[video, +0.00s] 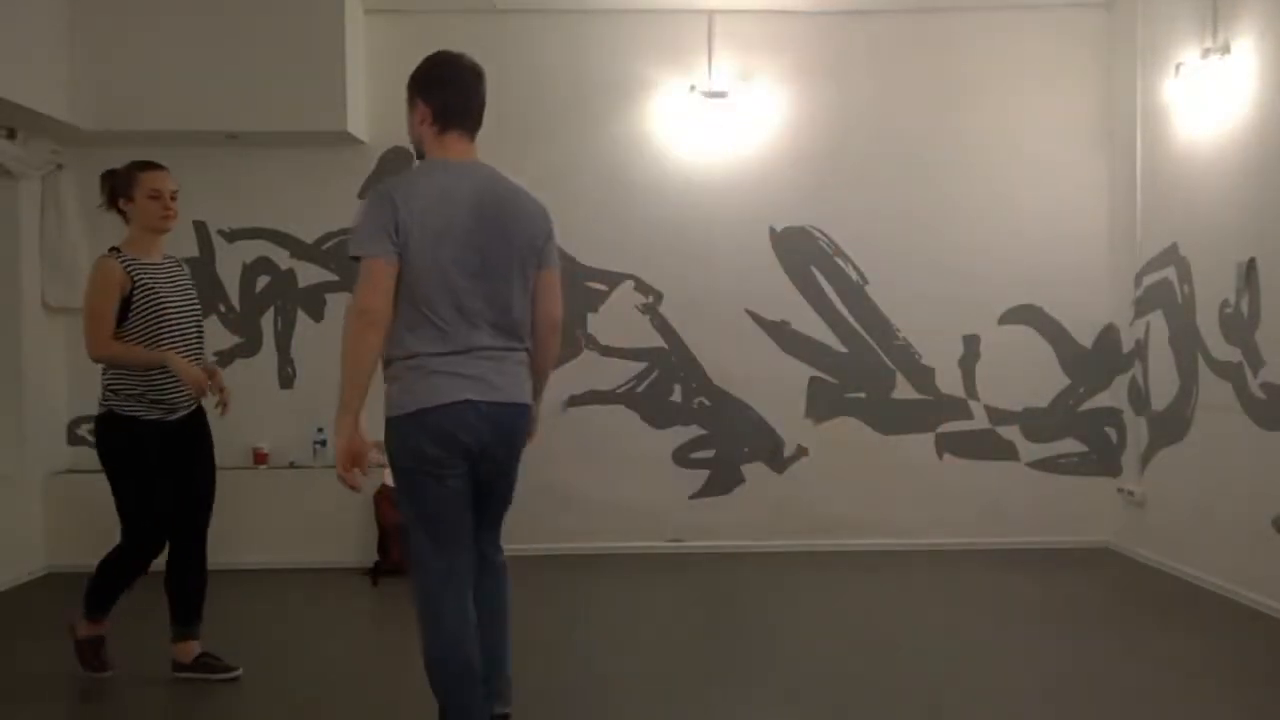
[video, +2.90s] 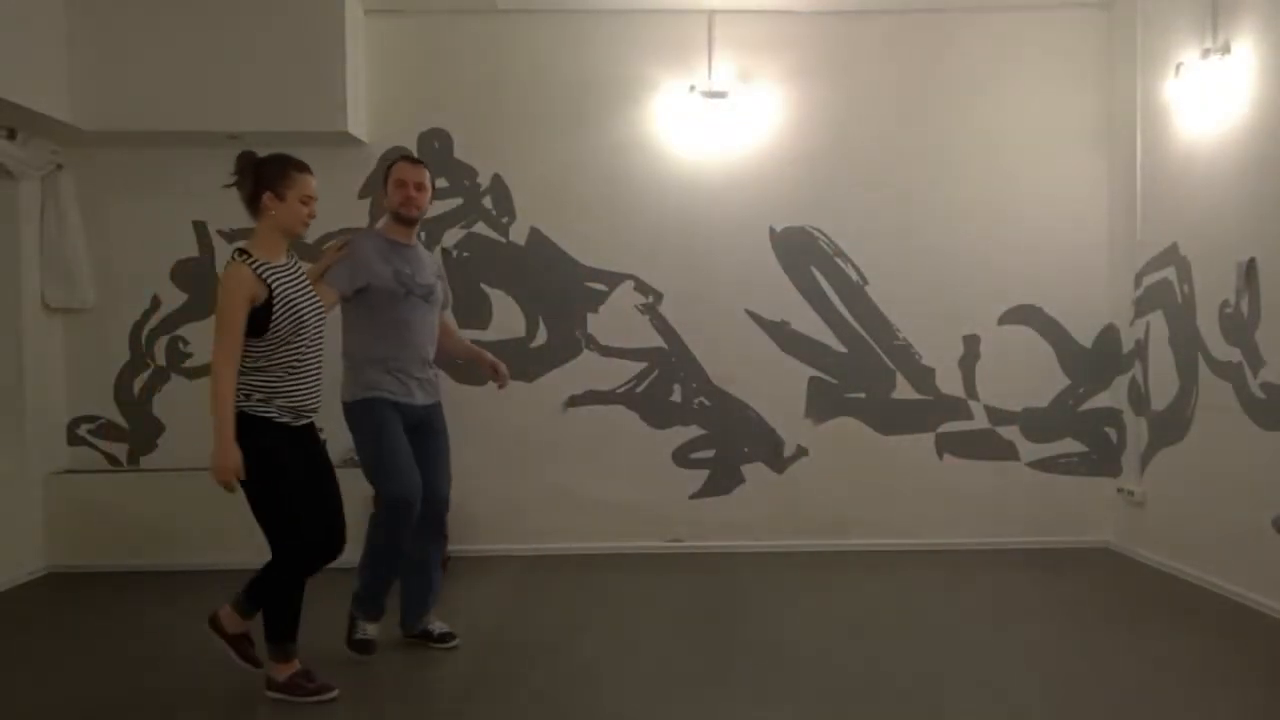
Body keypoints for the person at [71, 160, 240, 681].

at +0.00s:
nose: (169, 205)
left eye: (173, 196)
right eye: (156, 197)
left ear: (178, 203)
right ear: (126, 205)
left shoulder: (176, 267)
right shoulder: (113, 266)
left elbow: (173, 341)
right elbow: (99, 346)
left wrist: (207, 371)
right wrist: (170, 359)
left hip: (185, 422)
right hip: (131, 425)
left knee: (191, 536)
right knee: (146, 536)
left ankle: (187, 649)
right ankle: (90, 623)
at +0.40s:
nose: (195, 200)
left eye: (198, 191)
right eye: (182, 191)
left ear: (201, 198)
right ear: (151, 199)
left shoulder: (206, 266)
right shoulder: (135, 265)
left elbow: (231, 341)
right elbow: (122, 352)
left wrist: (284, 330)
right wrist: (138, 422)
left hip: (213, 420)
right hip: (163, 423)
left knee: (199, 537)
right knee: (171, 540)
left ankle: (189, 650)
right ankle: (168, 660)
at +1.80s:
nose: (214, 208)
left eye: (215, 198)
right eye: (204, 198)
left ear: (206, 203)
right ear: (168, 200)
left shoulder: (195, 263)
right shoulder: (150, 260)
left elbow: (204, 327)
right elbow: (121, 337)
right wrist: (190, 383)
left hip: (189, 418)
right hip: (144, 419)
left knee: (198, 533)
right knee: (175, 533)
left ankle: (187, 649)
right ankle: (138, 641)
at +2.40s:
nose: (251, 212)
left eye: (253, 203)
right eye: (243, 202)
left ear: (223, 207)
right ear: (208, 201)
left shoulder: (220, 265)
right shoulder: (182, 263)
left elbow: (224, 330)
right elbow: (156, 347)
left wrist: (254, 279)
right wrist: (142, 431)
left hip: (214, 423)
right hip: (184, 423)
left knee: (204, 534)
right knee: (240, 526)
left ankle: (179, 649)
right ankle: (184, 640)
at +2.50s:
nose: (266, 210)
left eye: (267, 201)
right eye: (257, 200)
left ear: (234, 204)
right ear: (222, 199)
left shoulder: (235, 263)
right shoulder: (195, 262)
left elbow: (237, 316)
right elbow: (153, 338)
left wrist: (271, 270)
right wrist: (127, 415)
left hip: (222, 421)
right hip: (194, 422)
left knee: (196, 540)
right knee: (258, 528)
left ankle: (174, 654)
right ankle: (245, 658)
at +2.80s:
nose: (303, 208)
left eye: (305, 199)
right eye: (296, 197)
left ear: (270, 200)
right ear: (261, 197)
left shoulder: (280, 259)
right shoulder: (227, 265)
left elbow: (288, 306)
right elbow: (194, 349)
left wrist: (317, 264)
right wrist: (174, 426)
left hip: (282, 419)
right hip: (244, 422)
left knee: (281, 539)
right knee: (282, 540)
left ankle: (197, 630)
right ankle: (281, 667)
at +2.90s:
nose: (312, 211)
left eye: (314, 202)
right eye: (304, 201)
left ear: (281, 205)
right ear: (269, 201)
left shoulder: (291, 264)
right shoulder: (244, 273)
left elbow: (302, 310)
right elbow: (224, 364)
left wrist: (329, 268)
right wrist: (224, 442)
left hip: (301, 426)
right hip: (262, 429)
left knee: (328, 537)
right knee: (293, 544)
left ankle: (235, 615)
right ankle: (282, 667)